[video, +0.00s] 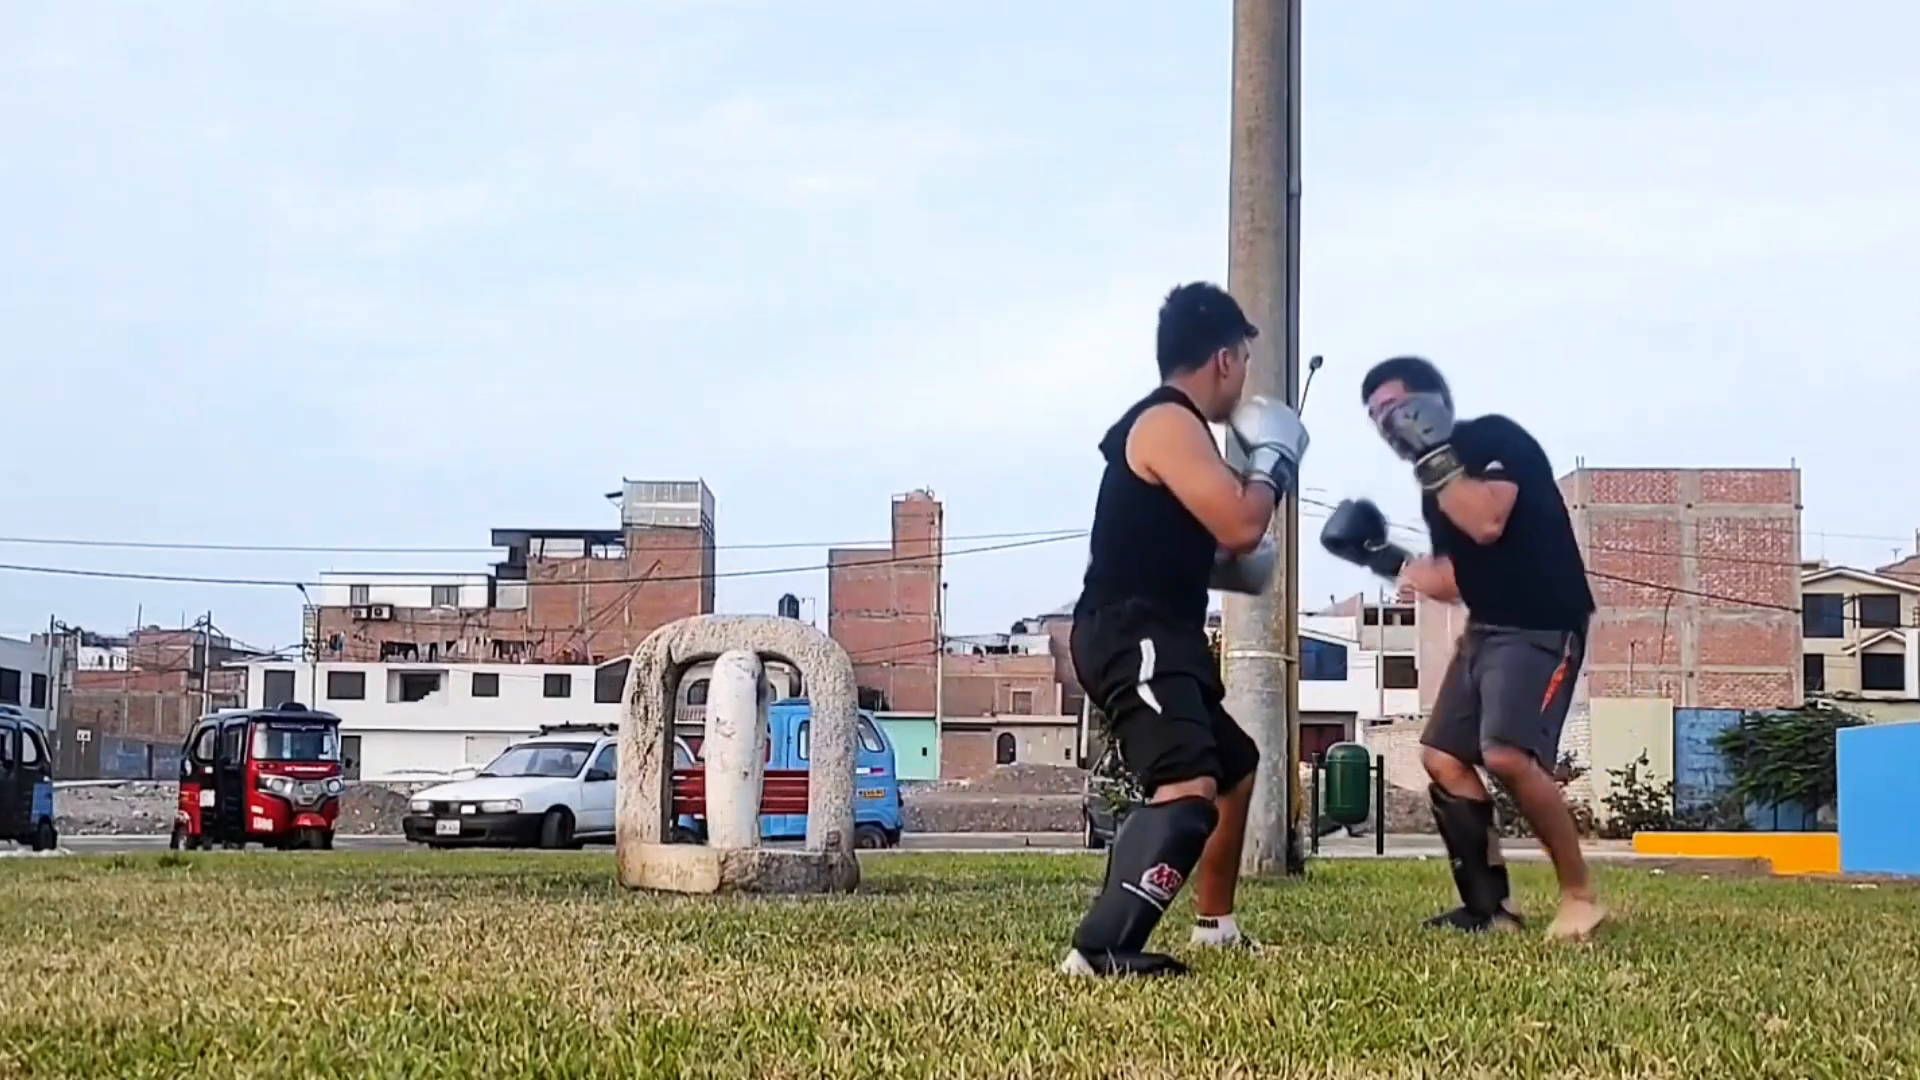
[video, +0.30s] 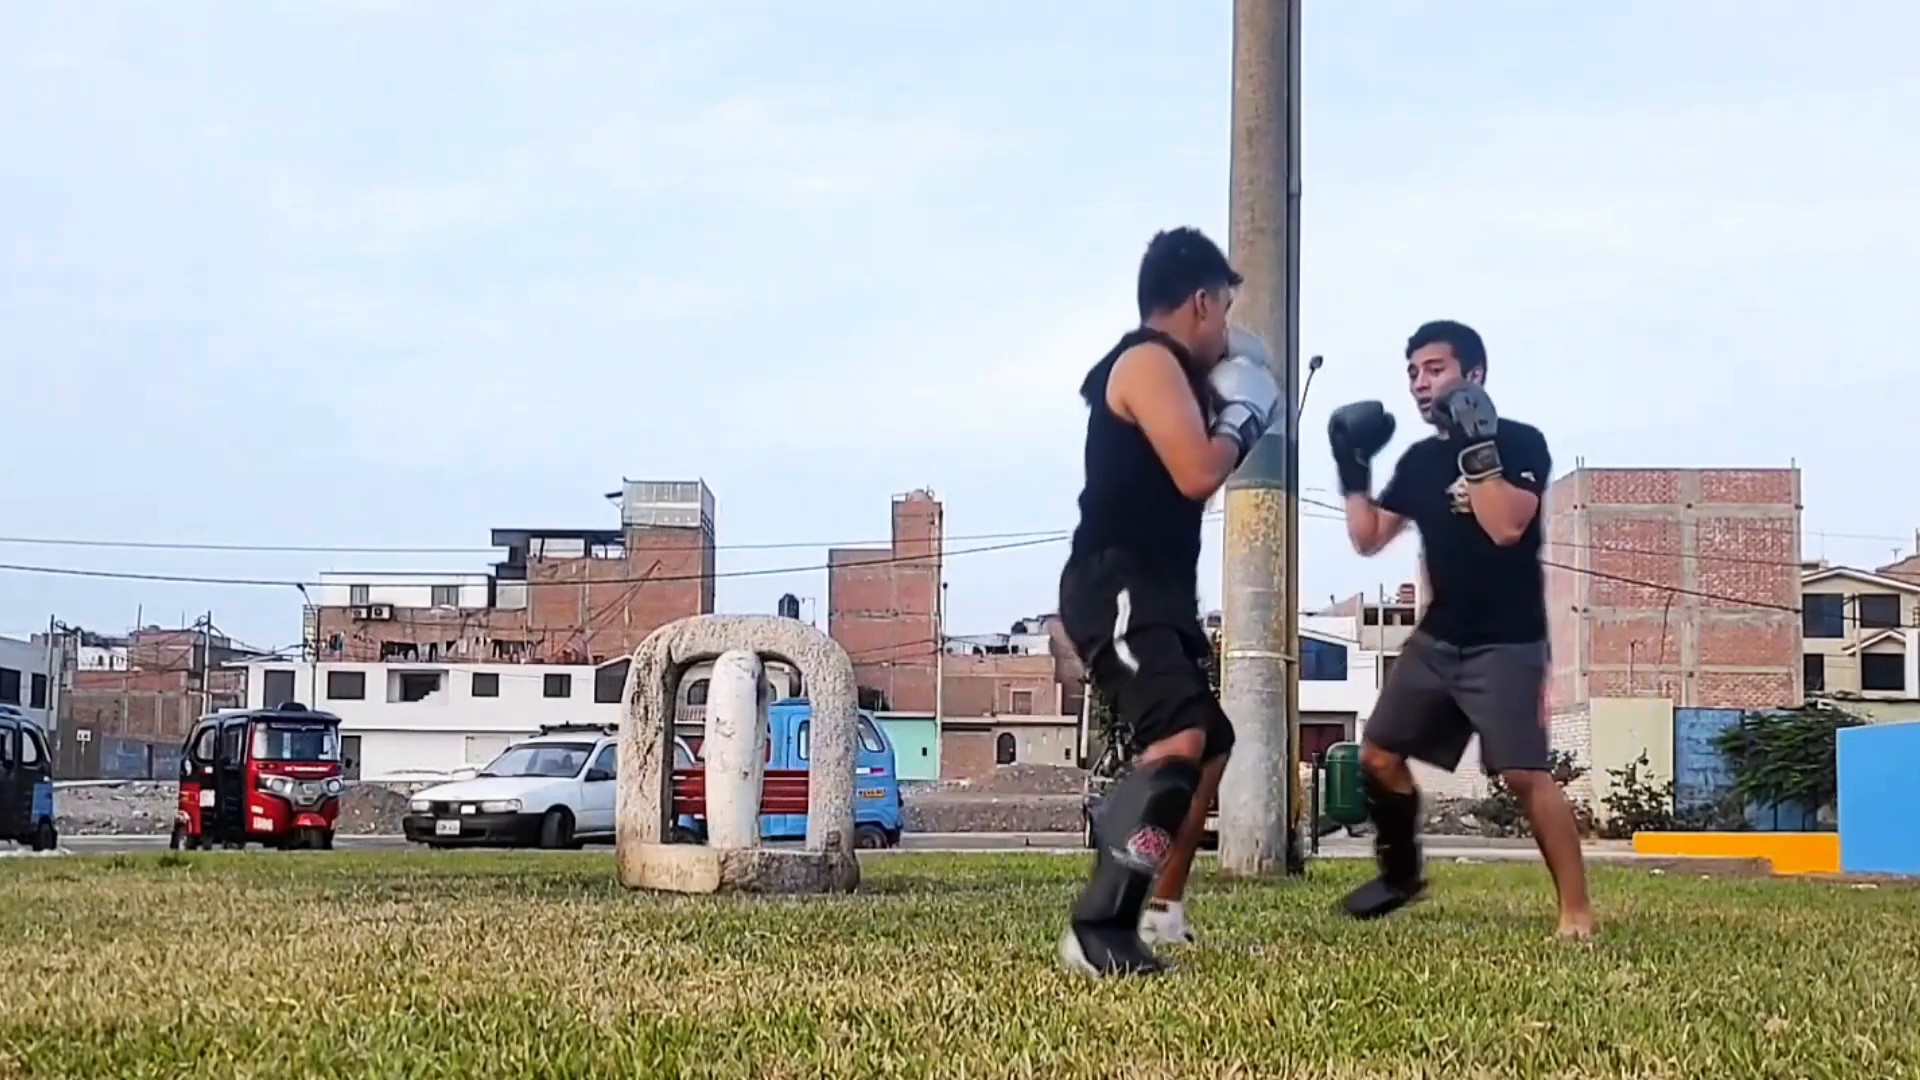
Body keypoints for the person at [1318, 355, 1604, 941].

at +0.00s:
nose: (1389, 422)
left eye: (1397, 407)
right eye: (1379, 416)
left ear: (1433, 397)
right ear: (1378, 425)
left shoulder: (1493, 435)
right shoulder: (1434, 486)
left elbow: (1488, 522)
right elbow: (1455, 581)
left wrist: (1434, 459)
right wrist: (1379, 554)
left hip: (1543, 625)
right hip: (1486, 628)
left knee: (1507, 753)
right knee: (1444, 757)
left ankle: (1579, 896)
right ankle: (1488, 909)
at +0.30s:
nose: (1422, 382)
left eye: (1435, 368)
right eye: (1414, 373)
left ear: (1475, 373)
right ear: (1411, 383)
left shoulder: (1519, 442)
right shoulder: (1420, 458)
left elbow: (1506, 526)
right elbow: (1368, 538)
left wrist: (1475, 442)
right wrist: (1353, 465)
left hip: (1507, 646)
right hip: (1435, 642)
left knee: (1523, 775)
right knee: (1379, 754)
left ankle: (1576, 915)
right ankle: (1402, 879)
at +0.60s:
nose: (1345, 462)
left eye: (1356, 448)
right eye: (1337, 453)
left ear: (1390, 450)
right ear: (1331, 464)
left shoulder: (1443, 496)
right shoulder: (1346, 513)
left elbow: (1430, 574)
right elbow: (1279, 565)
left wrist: (1399, 498)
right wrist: (1291, 483)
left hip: (1467, 663)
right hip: (1395, 666)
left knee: (1490, 764)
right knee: (1319, 773)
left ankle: (1563, 898)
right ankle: (1293, 897)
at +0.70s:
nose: (1328, 539)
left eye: (1338, 524)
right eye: (1319, 528)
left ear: (1369, 522)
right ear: (1312, 532)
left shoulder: (1429, 560)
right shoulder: (1335, 576)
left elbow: (1410, 640)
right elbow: (1276, 634)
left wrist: (1378, 563)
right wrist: (1277, 564)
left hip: (1465, 695)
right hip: (1391, 698)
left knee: (1476, 781)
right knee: (1300, 785)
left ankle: (1546, 907)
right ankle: (1286, 907)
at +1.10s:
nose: (1395, 612)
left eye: (1409, 597)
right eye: (1385, 597)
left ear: (1440, 592)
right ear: (1375, 593)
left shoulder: (1480, 618)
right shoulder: (1362, 614)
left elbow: (1493, 719)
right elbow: (1317, 700)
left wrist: (1471, 644)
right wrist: (1332, 632)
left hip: (1456, 710)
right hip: (1380, 707)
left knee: (1505, 775)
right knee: (1295, 793)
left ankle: (1544, 910)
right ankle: (1283, 901)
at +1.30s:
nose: (1323, 618)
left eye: (1333, 607)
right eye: (1315, 606)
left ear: (1365, 596)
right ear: (1307, 598)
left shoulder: (1416, 615)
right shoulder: (1307, 633)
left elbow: (1429, 715)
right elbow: (1286, 707)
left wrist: (1369, 676)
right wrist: (1271, 672)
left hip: (1443, 711)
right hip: (1360, 711)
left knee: (1494, 783)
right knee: (1272, 793)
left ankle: (1546, 912)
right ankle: (1262, 904)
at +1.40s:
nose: (1266, 532)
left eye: (1278, 520)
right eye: (1263, 521)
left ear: (1317, 521)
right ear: (1261, 524)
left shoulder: (1365, 559)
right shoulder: (1275, 579)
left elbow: (1401, 649)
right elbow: (1233, 635)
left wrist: (1334, 642)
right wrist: (1192, 599)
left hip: (1402, 701)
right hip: (1326, 703)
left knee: (1469, 792)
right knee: (1243, 792)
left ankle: (1541, 911)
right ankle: (1262, 903)